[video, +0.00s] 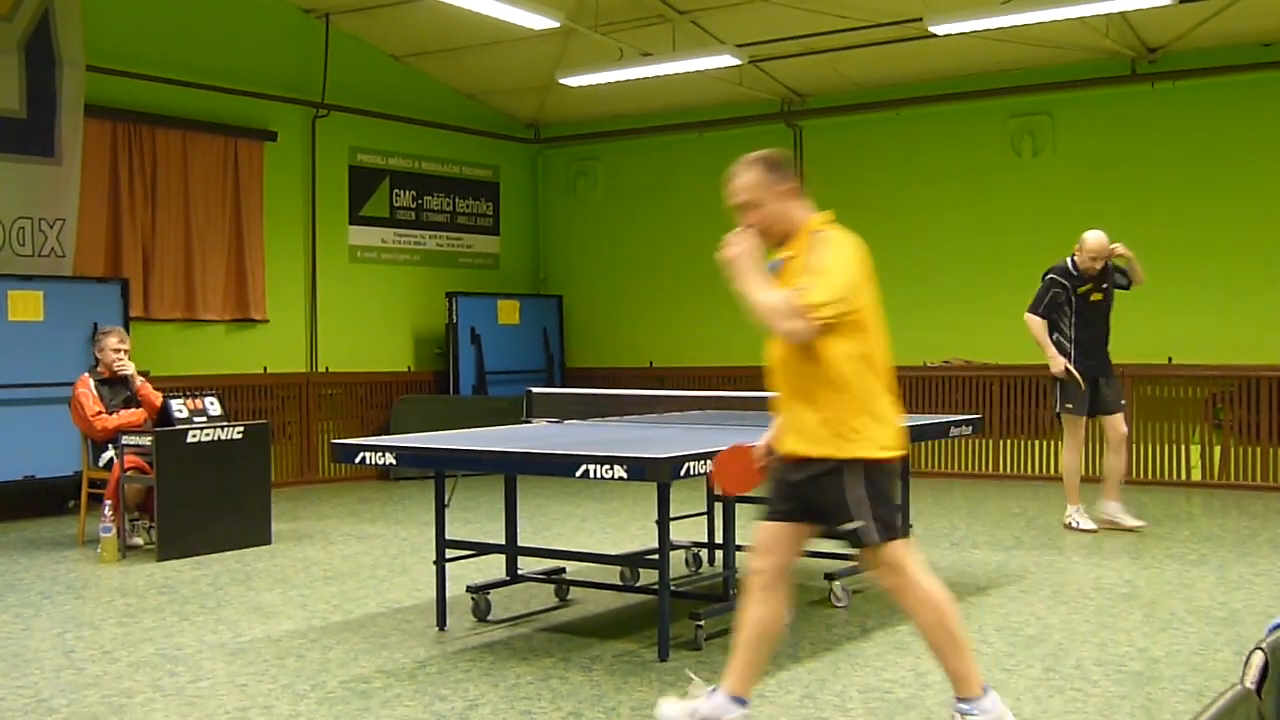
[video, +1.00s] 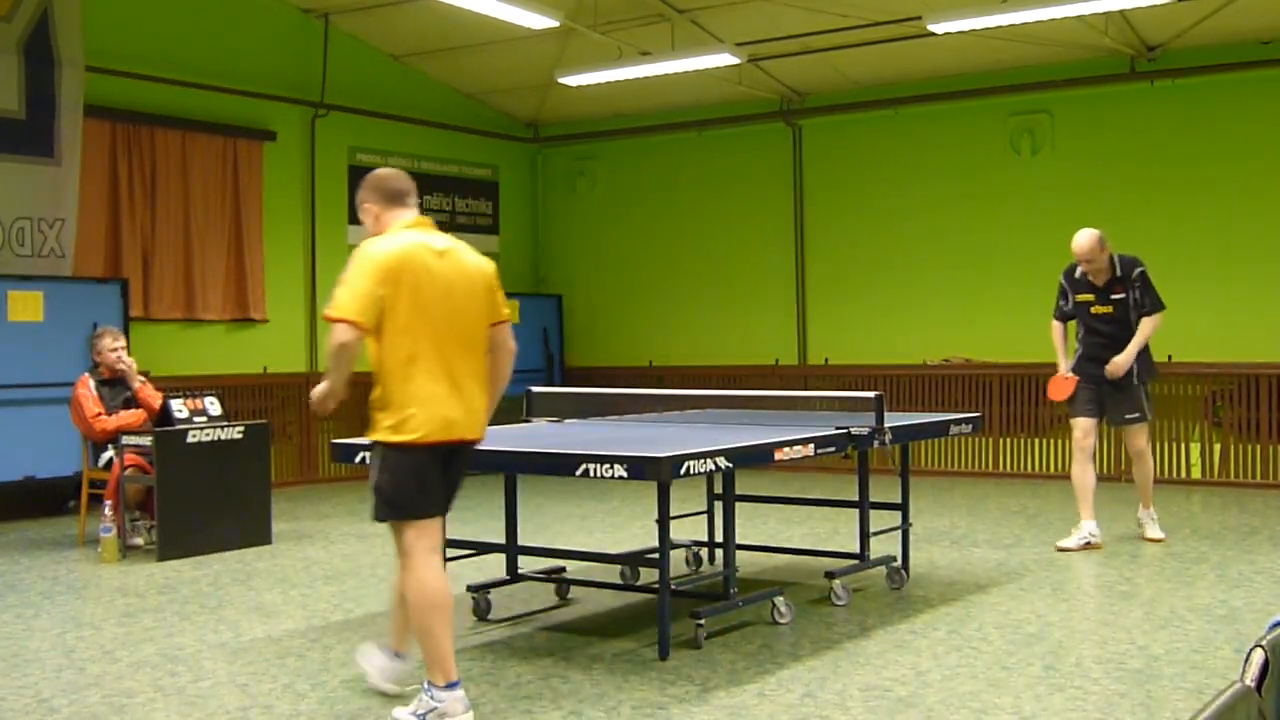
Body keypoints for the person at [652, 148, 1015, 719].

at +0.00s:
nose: (745, 220)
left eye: (750, 205)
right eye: (739, 210)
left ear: (788, 191)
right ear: (755, 205)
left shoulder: (835, 246)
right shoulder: (789, 257)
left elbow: (795, 321)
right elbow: (819, 366)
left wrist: (745, 270)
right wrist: (784, 427)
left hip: (857, 442)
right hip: (805, 443)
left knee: (897, 569)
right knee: (767, 566)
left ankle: (978, 702)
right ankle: (730, 700)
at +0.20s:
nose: (648, 231)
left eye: (649, 216)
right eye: (643, 219)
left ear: (679, 198)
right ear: (678, 202)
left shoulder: (729, 243)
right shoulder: (709, 248)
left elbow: (712, 342)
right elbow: (719, 348)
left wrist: (655, 414)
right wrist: (687, 437)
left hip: (740, 437)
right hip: (717, 436)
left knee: (707, 564)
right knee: (698, 563)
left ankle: (849, 660)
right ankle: (717, 700)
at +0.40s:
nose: (566, 227)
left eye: (566, 213)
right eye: (562, 215)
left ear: (591, 198)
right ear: (598, 197)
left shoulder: (637, 244)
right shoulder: (650, 241)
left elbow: (654, 339)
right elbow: (655, 355)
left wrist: (623, 438)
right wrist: (585, 389)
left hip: (639, 434)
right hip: (678, 434)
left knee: (568, 547)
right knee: (681, 554)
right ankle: (715, 692)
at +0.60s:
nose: (479, 241)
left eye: (478, 228)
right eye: (475, 230)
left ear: (502, 216)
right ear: (522, 211)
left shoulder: (538, 262)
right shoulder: (575, 256)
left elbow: (554, 359)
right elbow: (570, 362)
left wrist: (539, 456)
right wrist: (500, 398)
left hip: (540, 449)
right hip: (593, 447)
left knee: (481, 556)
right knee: (616, 555)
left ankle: (451, 693)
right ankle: (696, 677)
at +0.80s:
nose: (407, 236)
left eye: (404, 225)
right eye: (402, 226)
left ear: (420, 211)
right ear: (454, 204)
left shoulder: (447, 255)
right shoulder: (514, 255)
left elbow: (434, 348)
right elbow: (521, 345)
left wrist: (397, 420)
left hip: (461, 435)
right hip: (513, 432)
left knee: (433, 554)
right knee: (487, 540)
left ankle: (445, 692)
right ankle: (556, 637)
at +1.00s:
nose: (361, 225)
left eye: (360, 217)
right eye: (361, 217)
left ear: (371, 210)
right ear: (416, 205)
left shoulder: (377, 253)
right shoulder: (475, 261)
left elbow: (345, 337)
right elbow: (504, 347)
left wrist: (333, 385)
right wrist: (480, 409)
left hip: (409, 424)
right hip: (464, 424)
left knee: (423, 554)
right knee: (417, 543)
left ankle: (445, 690)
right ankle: (395, 658)